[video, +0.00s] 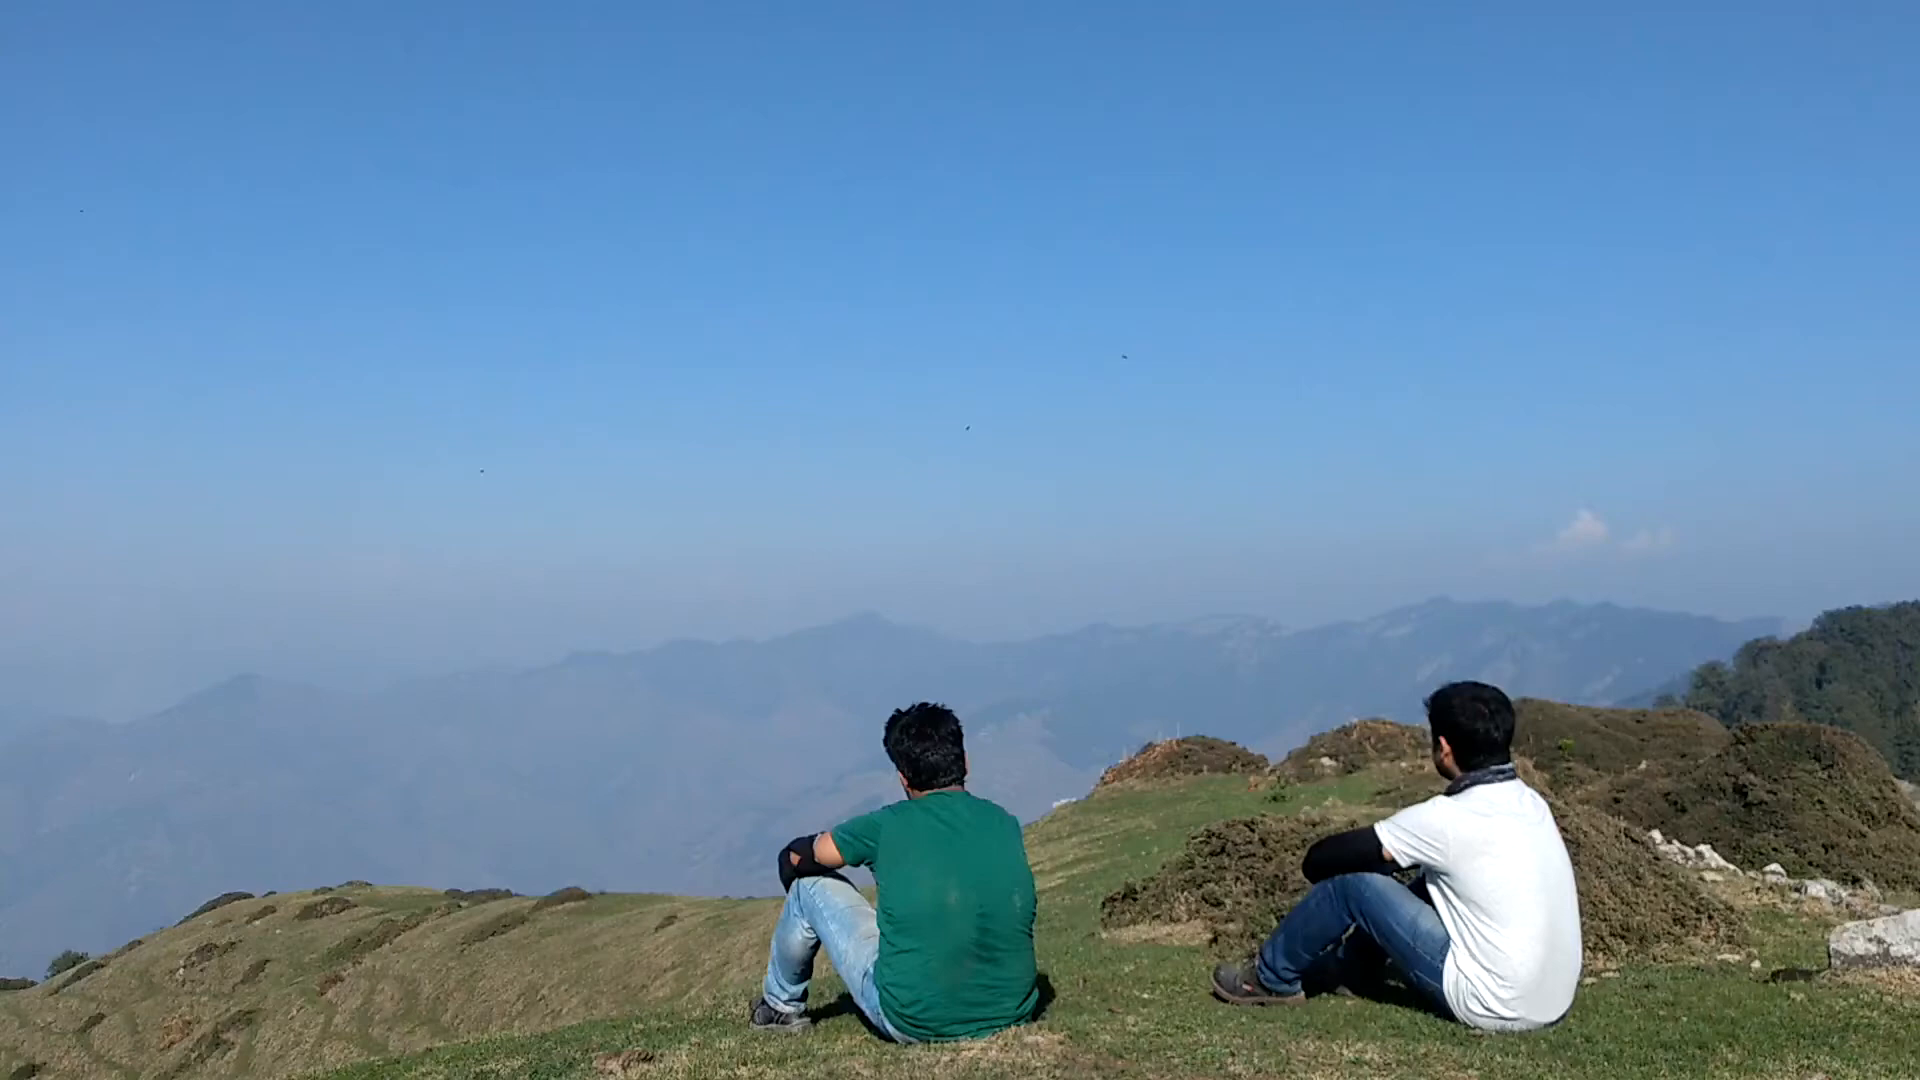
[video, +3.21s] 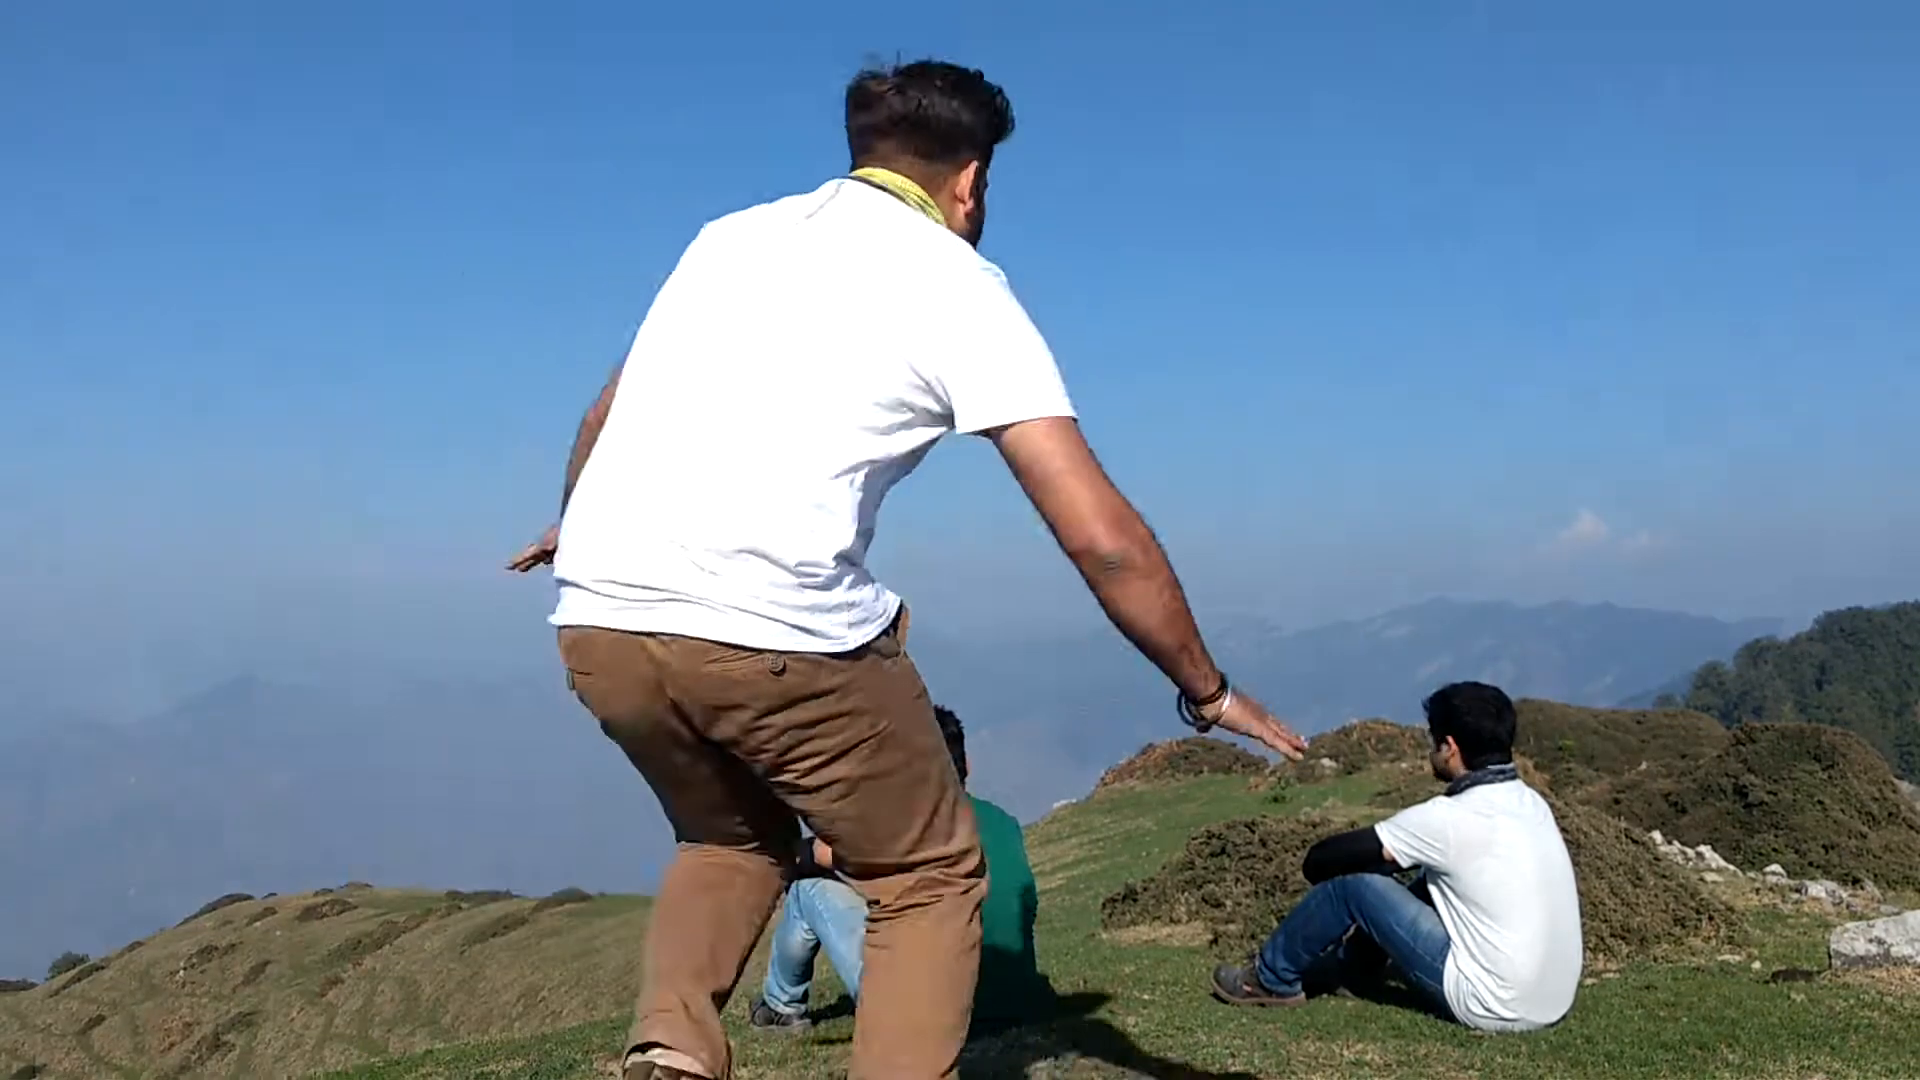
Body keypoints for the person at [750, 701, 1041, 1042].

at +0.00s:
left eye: (897, 771)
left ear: (904, 778)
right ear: (966, 764)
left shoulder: (887, 824)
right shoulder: (1005, 822)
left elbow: (796, 856)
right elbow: (1021, 911)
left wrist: (797, 886)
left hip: (915, 1020)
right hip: (1008, 1012)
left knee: (811, 886)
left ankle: (781, 1005)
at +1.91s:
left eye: (898, 770)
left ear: (904, 778)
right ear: (966, 764)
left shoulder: (887, 825)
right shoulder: (1006, 823)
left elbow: (796, 857)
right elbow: (1022, 912)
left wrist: (797, 890)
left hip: (915, 1021)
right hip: (1008, 1012)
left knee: (810, 885)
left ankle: (781, 1006)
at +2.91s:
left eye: (899, 771)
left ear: (905, 779)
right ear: (967, 765)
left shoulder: (889, 823)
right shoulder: (1006, 823)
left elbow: (796, 856)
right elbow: (1020, 911)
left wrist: (798, 893)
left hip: (912, 1018)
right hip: (1007, 1012)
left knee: (810, 886)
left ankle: (781, 1006)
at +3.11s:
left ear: (904, 779)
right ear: (966, 766)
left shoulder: (881, 829)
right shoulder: (1004, 824)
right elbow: (1022, 910)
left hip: (914, 1012)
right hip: (1010, 1006)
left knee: (824, 900)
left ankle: (777, 1001)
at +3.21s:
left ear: (911, 769)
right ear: (965, 764)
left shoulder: (897, 822)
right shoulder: (1004, 823)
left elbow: (822, 854)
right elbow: (1026, 904)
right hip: (1014, 1002)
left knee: (810, 890)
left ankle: (782, 1005)